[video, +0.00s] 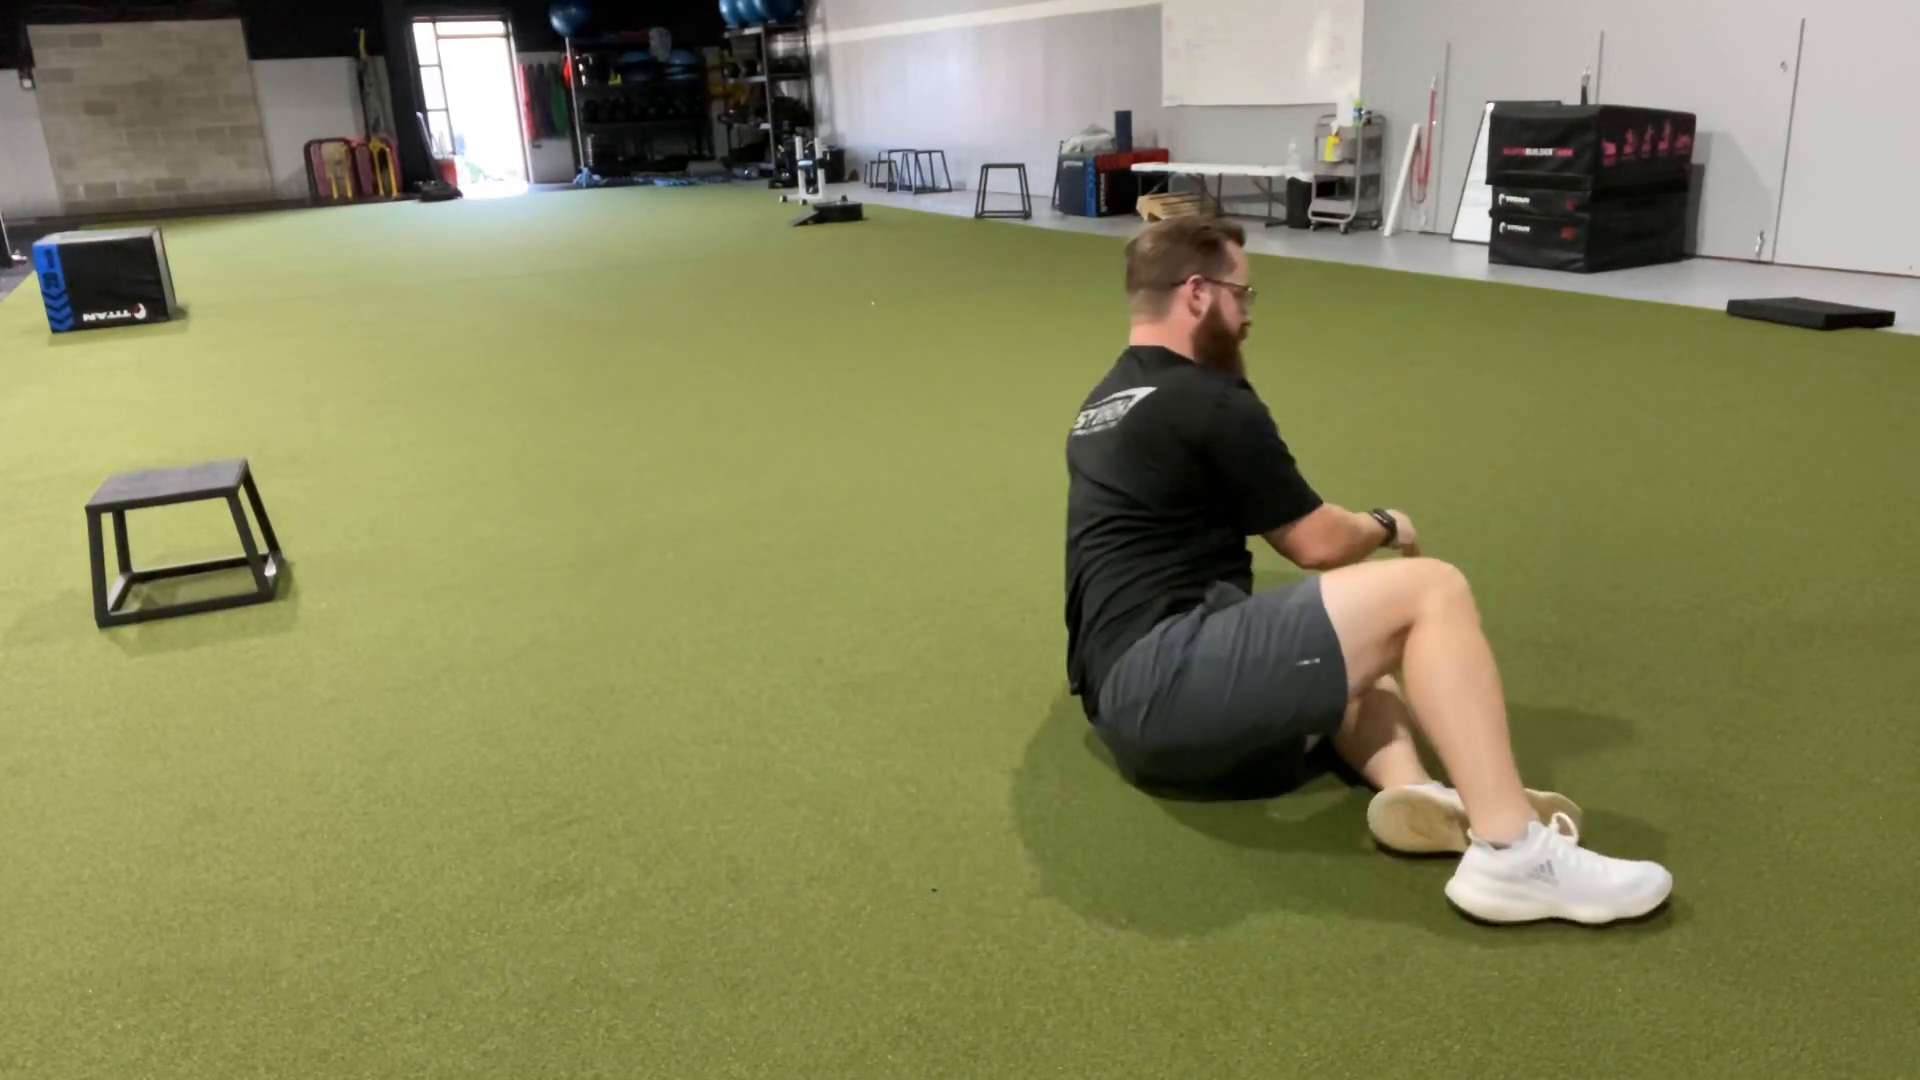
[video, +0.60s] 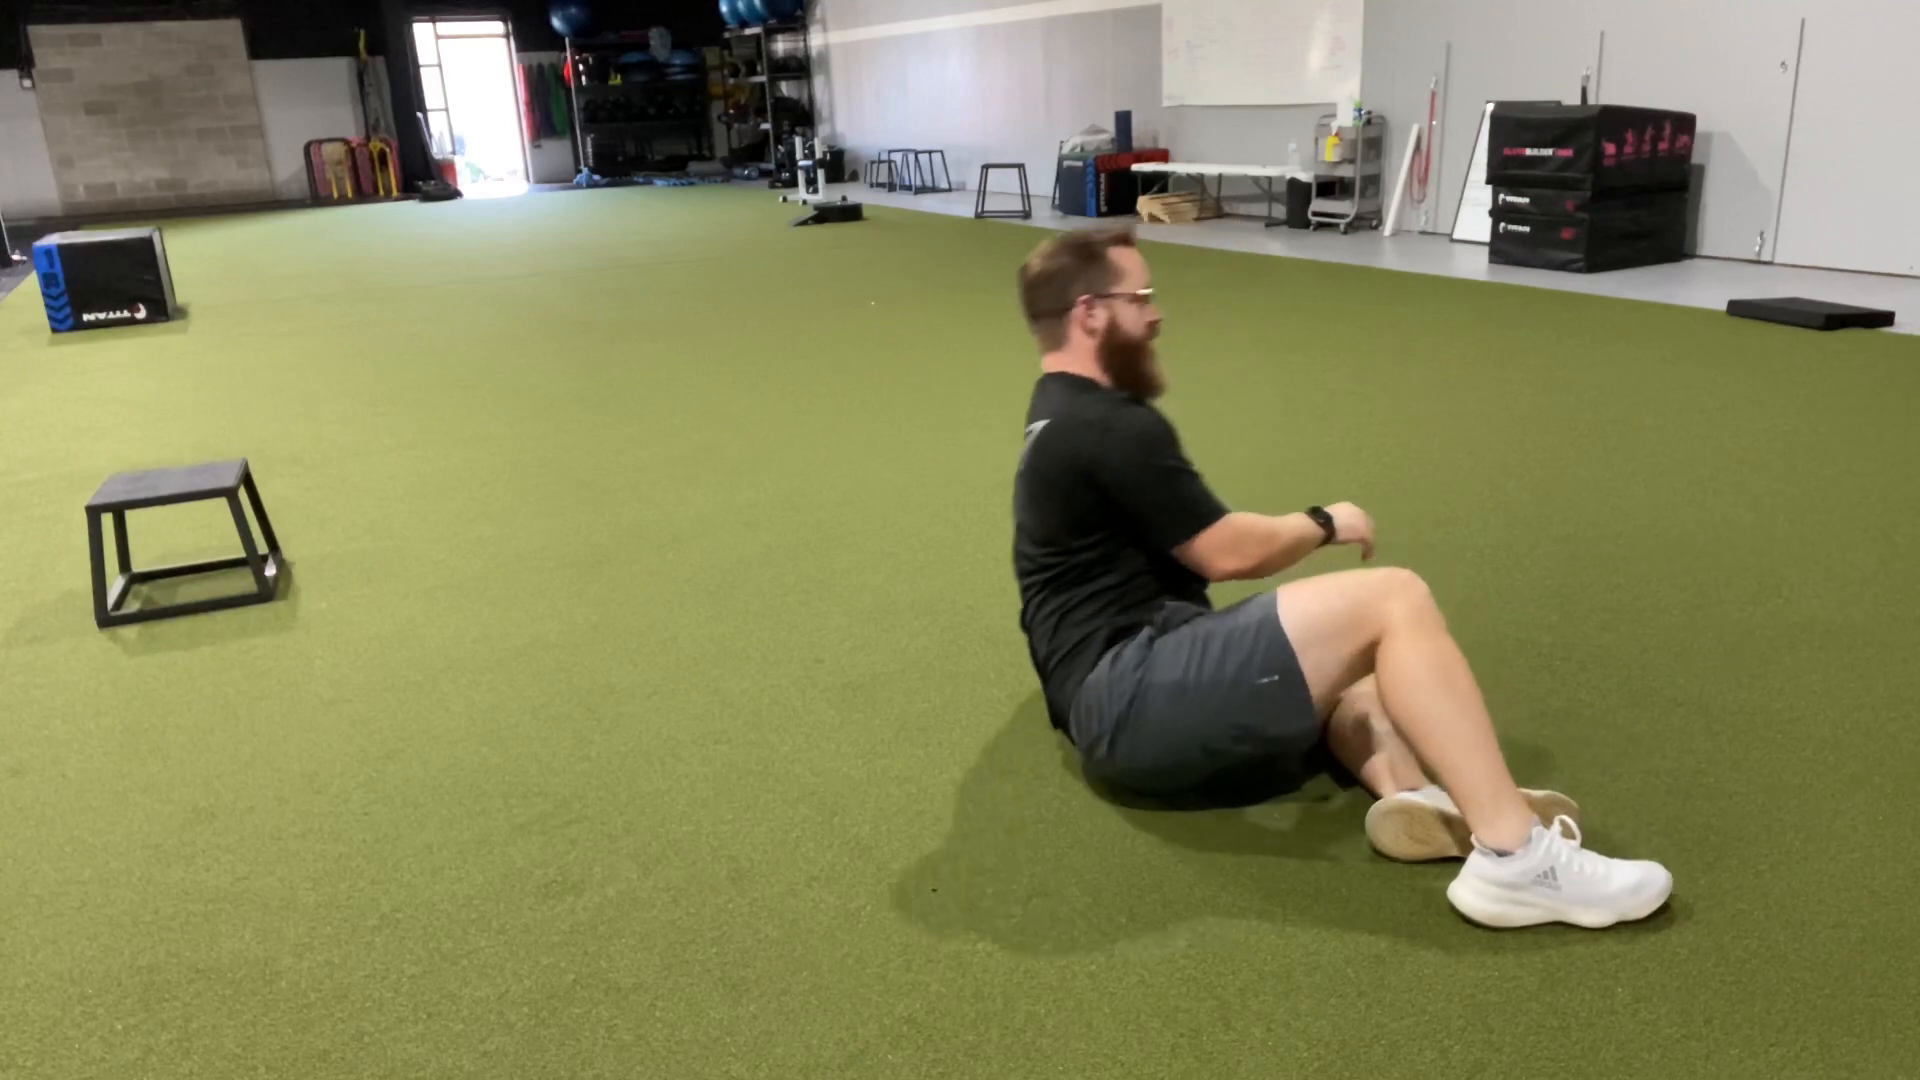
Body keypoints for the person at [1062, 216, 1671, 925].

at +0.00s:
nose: (1248, 317)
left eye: (1248, 299)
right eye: (1242, 298)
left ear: (1162, 303)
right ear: (1196, 298)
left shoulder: (1114, 396)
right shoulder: (1211, 402)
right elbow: (1317, 539)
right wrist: (1384, 527)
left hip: (1146, 733)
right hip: (1169, 676)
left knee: (1355, 679)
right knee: (1431, 590)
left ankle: (1410, 787)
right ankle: (1512, 847)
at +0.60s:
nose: (1157, 315)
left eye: (1151, 298)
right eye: (1142, 300)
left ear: (1085, 318)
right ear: (1088, 317)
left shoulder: (1071, 415)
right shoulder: (1105, 422)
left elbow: (1174, 556)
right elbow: (1222, 550)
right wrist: (1324, 523)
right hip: (1134, 690)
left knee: (1347, 680)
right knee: (1392, 599)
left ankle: (1407, 789)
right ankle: (1515, 849)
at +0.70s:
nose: (1104, 330)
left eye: (1097, 314)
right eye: (1087, 316)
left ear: (1031, 339)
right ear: (1030, 337)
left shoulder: (1037, 435)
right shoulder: (1048, 442)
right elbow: (1183, 557)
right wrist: (1288, 521)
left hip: (1129, 714)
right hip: (1118, 692)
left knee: (1341, 683)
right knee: (1375, 604)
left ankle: (1420, 792)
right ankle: (1508, 848)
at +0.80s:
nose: (1043, 355)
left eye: (1035, 340)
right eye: (1022, 345)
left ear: (973, 370)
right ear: (969, 370)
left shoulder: (998, 459)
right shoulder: (992, 469)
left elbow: (1099, 574)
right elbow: (1132, 567)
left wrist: (1188, 548)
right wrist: (1244, 520)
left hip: (1114, 712)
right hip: (1092, 702)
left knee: (1334, 678)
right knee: (1352, 599)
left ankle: (1418, 791)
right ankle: (1495, 839)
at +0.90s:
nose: (981, 384)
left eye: (973, 369)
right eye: (959, 376)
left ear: (926, 400)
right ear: (905, 409)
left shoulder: (962, 482)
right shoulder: (930, 500)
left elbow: (1067, 578)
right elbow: (1082, 576)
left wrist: (1143, 546)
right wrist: (1193, 513)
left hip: (1107, 703)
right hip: (1075, 712)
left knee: (1319, 620)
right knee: (1322, 587)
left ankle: (1404, 781)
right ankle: (1466, 824)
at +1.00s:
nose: (930, 409)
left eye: (920, 395)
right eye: (906, 402)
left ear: (877, 430)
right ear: (856, 441)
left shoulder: (932, 500)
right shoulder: (888, 529)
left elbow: (1032, 588)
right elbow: (1036, 581)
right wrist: (1142, 505)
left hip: (1089, 700)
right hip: (1060, 721)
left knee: (1290, 596)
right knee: (1287, 568)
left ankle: (1409, 762)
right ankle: (1434, 801)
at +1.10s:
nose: (863, 445)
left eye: (857, 432)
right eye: (838, 443)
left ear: (866, 450)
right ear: (798, 490)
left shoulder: (915, 535)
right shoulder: (836, 564)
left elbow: (1045, 599)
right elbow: (976, 588)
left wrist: (1172, 614)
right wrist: (1068, 495)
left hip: (1088, 714)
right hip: (1039, 726)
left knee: (1259, 560)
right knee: (1228, 531)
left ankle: (1396, 717)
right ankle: (1382, 754)